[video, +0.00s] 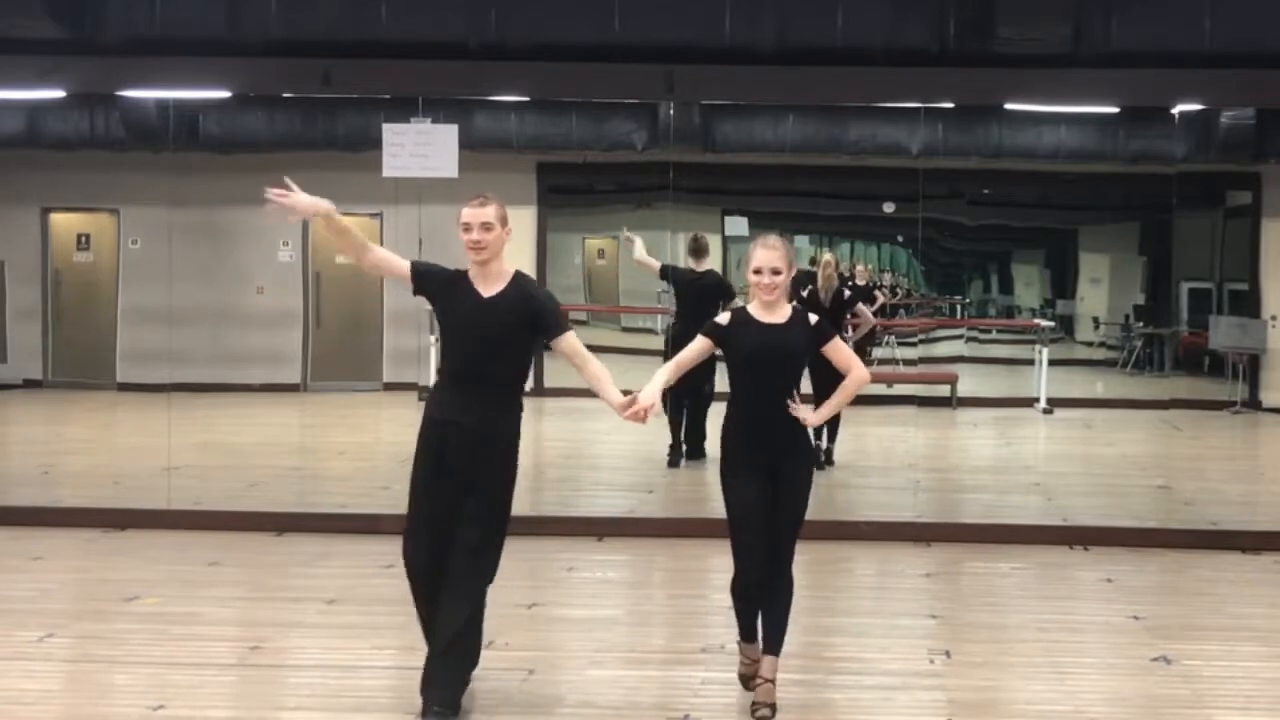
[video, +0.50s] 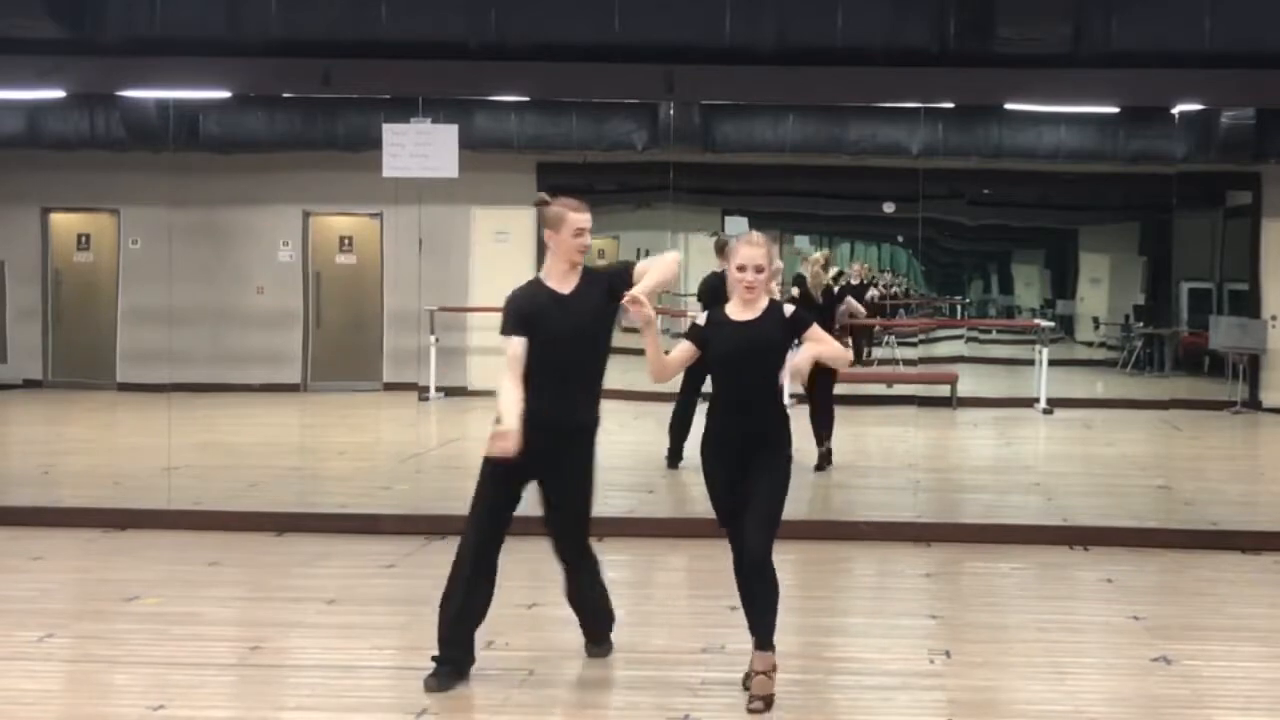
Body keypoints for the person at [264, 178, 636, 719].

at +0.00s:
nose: (473, 235)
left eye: (484, 227)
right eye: (466, 227)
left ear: (506, 232)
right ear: (458, 233)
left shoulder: (531, 299)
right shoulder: (444, 282)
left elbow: (582, 358)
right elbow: (369, 255)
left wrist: (617, 401)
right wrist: (324, 213)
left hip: (494, 452)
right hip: (438, 444)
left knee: (467, 570)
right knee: (421, 557)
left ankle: (441, 700)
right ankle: (452, 654)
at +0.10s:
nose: (486, 236)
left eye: (496, 227)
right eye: (478, 228)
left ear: (516, 232)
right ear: (469, 235)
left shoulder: (543, 295)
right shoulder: (452, 288)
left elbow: (597, 349)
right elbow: (365, 290)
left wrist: (621, 386)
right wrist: (347, 239)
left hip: (493, 451)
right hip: (440, 442)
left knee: (466, 573)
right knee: (426, 567)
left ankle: (443, 699)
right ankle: (448, 666)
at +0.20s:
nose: (513, 234)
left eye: (522, 226)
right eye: (503, 225)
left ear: (533, 232)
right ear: (485, 231)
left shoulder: (552, 293)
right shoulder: (460, 288)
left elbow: (610, 335)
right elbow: (387, 323)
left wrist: (623, 355)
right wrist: (334, 283)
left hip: (512, 437)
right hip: (459, 429)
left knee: (478, 544)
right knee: (450, 544)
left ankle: (460, 671)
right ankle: (452, 652)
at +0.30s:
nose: (546, 239)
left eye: (549, 232)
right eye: (537, 231)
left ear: (549, 235)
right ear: (508, 232)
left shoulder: (563, 291)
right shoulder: (473, 295)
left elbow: (630, 321)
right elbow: (434, 356)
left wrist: (629, 334)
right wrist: (367, 343)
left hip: (528, 432)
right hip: (476, 427)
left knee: (485, 529)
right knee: (463, 538)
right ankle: (455, 658)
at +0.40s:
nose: (564, 241)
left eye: (566, 233)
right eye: (556, 233)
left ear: (563, 237)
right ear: (526, 236)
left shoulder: (582, 288)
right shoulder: (496, 298)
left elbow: (660, 288)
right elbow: (478, 368)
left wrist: (634, 305)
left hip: (543, 439)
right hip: (490, 433)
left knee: (517, 543)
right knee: (467, 543)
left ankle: (565, 585)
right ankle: (456, 658)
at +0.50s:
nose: (587, 241)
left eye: (589, 233)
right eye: (579, 234)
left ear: (588, 237)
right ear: (551, 237)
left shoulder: (603, 283)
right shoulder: (525, 300)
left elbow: (669, 262)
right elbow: (512, 370)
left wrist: (640, 290)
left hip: (572, 437)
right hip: (519, 430)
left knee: (570, 539)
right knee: (478, 542)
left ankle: (597, 627)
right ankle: (453, 657)